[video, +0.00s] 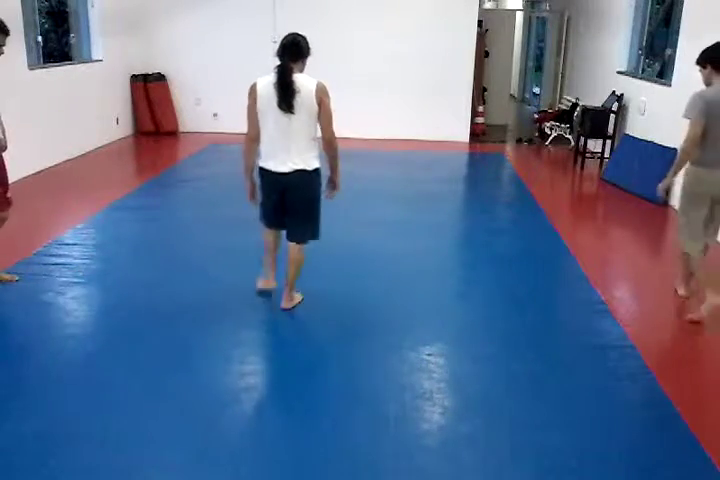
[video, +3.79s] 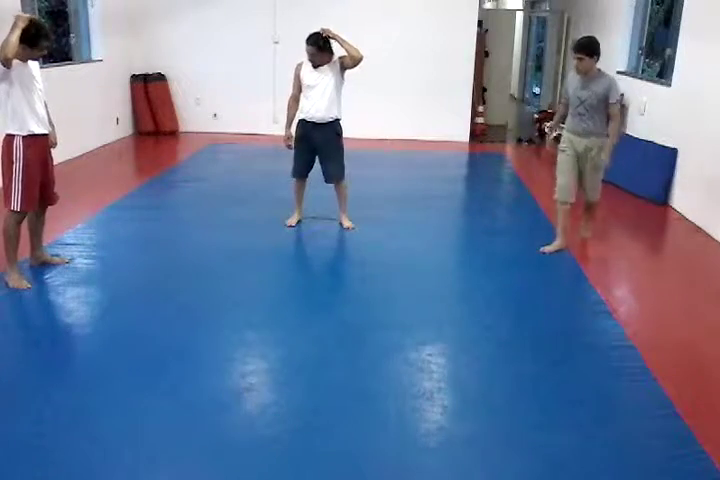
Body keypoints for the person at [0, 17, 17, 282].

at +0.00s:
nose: (3, 51)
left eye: (4, 45)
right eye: (2, 45)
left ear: (6, 42)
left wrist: (3, 136)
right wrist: (3, 137)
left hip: (0, 151)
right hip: (0, 151)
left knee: (4, 209)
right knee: (3, 210)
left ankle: (0, 269)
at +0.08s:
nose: (4, 52)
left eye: (5, 47)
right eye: (4, 47)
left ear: (8, 44)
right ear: (3, 44)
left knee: (5, 212)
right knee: (4, 213)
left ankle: (1, 271)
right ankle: (1, 273)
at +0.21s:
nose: (6, 54)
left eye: (8, 49)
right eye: (4, 48)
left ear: (9, 47)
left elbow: (3, 120)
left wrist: (5, 137)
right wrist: (4, 141)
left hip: (3, 154)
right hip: (1, 155)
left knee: (4, 209)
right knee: (2, 212)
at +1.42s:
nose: (47, 48)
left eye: (48, 43)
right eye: (45, 42)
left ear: (30, 41)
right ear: (28, 39)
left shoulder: (28, 64)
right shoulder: (5, 65)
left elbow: (28, 101)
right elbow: (3, 100)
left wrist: (40, 126)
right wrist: (19, 116)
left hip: (32, 137)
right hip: (11, 138)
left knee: (35, 200)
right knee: (15, 204)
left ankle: (36, 252)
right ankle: (7, 265)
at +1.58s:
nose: (41, 51)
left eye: (43, 46)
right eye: (39, 45)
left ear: (24, 42)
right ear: (22, 41)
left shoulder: (22, 66)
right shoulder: (4, 63)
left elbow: (26, 103)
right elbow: (5, 82)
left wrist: (40, 128)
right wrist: (27, 74)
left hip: (32, 138)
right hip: (12, 140)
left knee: (38, 199)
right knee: (11, 209)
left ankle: (37, 252)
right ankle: (9, 267)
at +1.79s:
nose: (32, 55)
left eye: (34, 51)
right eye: (30, 49)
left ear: (28, 46)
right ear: (16, 43)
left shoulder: (22, 63)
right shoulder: (4, 61)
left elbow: (26, 100)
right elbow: (4, 65)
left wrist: (39, 129)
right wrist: (15, 35)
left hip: (30, 135)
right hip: (10, 137)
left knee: (39, 199)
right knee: (12, 208)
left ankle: (37, 252)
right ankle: (9, 268)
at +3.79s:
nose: (36, 58)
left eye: (39, 55)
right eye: (35, 54)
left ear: (38, 49)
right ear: (23, 44)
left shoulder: (33, 62)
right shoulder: (6, 63)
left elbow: (41, 98)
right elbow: (7, 56)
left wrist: (50, 129)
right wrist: (17, 26)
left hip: (39, 136)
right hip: (17, 138)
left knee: (41, 202)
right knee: (18, 208)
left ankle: (38, 252)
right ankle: (11, 268)